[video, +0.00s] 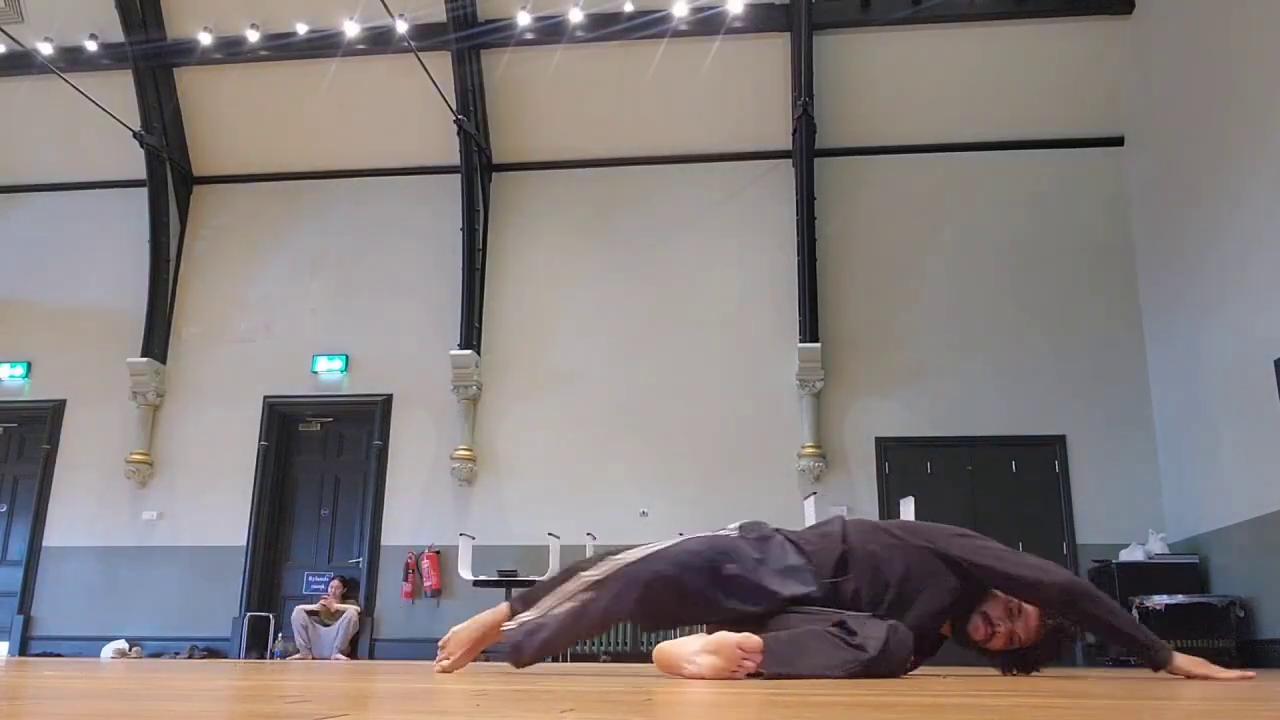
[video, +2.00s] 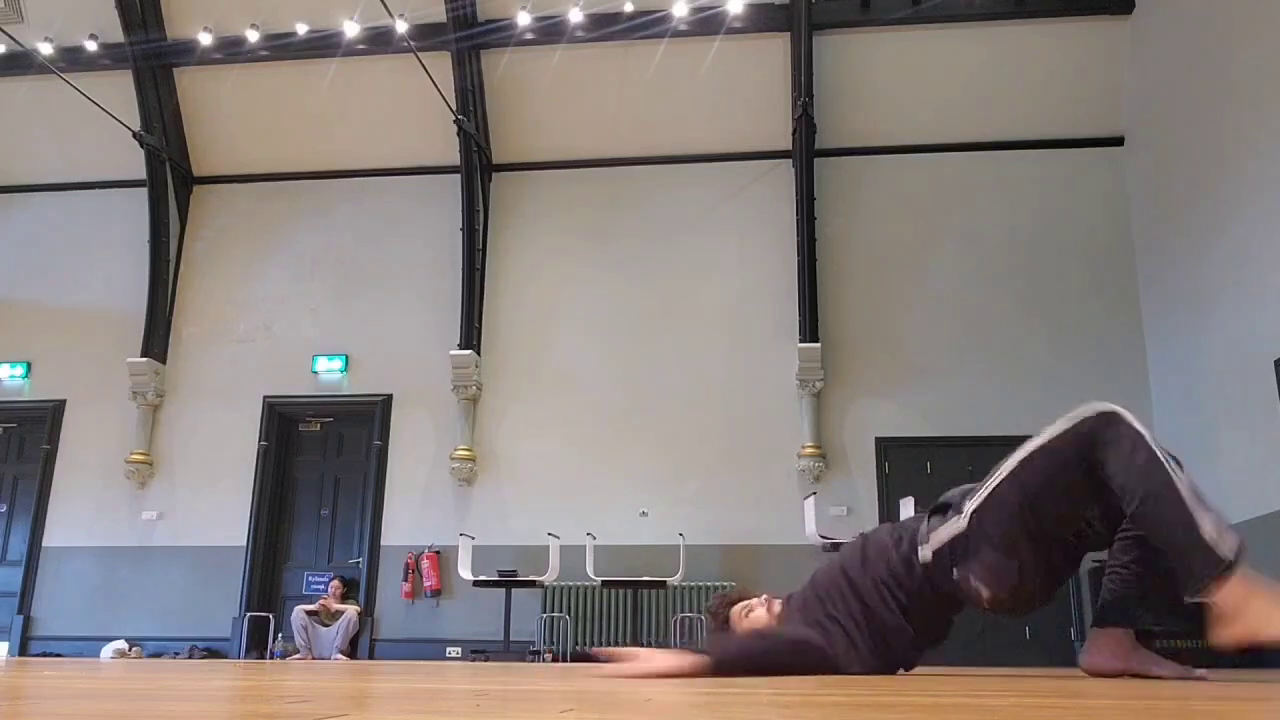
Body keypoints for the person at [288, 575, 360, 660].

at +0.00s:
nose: (333, 591)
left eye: (337, 588)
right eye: (331, 587)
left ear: (344, 590)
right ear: (328, 589)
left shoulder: (349, 603)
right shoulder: (323, 603)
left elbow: (357, 610)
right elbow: (297, 608)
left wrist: (335, 606)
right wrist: (317, 607)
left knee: (352, 614)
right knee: (297, 612)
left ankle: (337, 653)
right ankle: (304, 652)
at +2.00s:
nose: (333, 591)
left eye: (337, 588)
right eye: (331, 588)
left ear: (343, 590)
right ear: (328, 589)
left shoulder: (349, 602)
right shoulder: (323, 602)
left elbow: (357, 610)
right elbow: (297, 608)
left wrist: (334, 606)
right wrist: (315, 607)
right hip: (316, 636)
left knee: (352, 614)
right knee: (297, 612)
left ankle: (336, 653)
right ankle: (304, 653)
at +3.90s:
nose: (333, 591)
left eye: (337, 589)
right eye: (331, 588)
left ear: (343, 591)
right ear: (327, 590)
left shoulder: (348, 604)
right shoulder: (322, 604)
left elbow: (357, 610)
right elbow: (297, 609)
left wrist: (334, 606)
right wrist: (316, 608)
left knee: (352, 614)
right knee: (296, 612)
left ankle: (336, 653)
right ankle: (304, 653)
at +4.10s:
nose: (321, 607)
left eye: (324, 606)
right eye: (321, 606)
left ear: (333, 609)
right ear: (318, 607)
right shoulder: (308, 623)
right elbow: (297, 610)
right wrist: (314, 608)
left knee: (349, 619)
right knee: (297, 612)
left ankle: (336, 654)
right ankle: (304, 653)